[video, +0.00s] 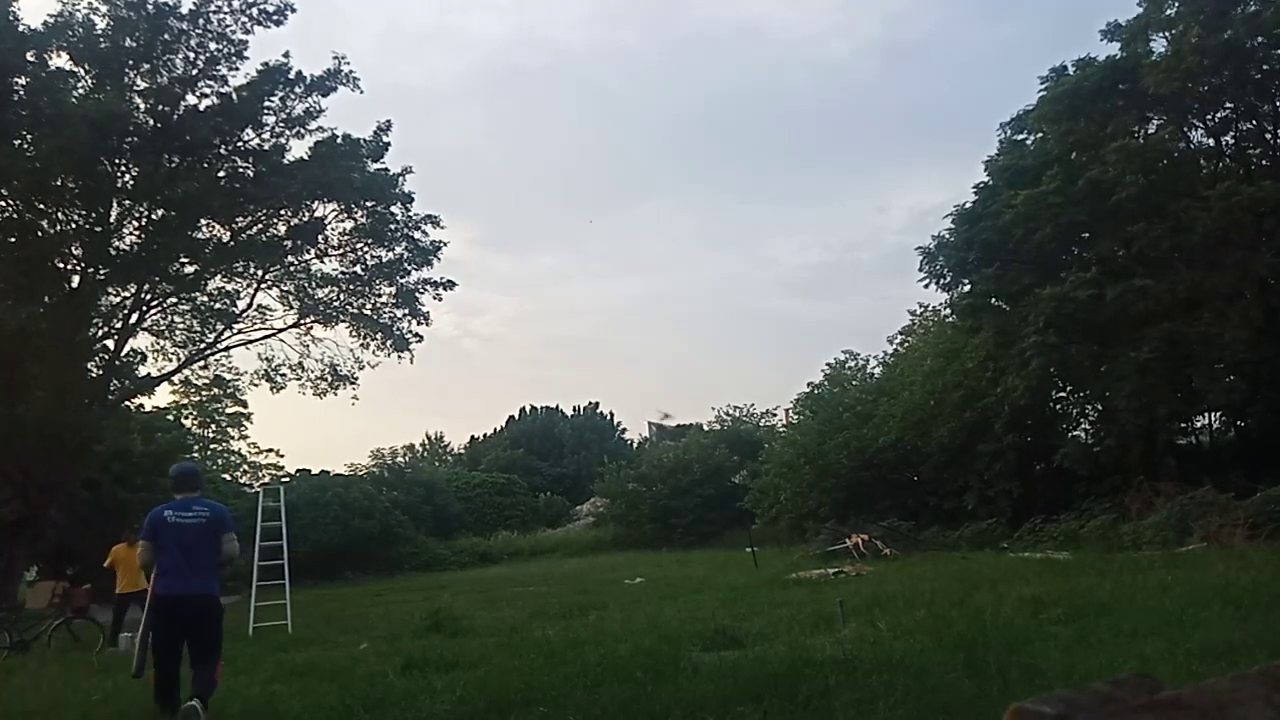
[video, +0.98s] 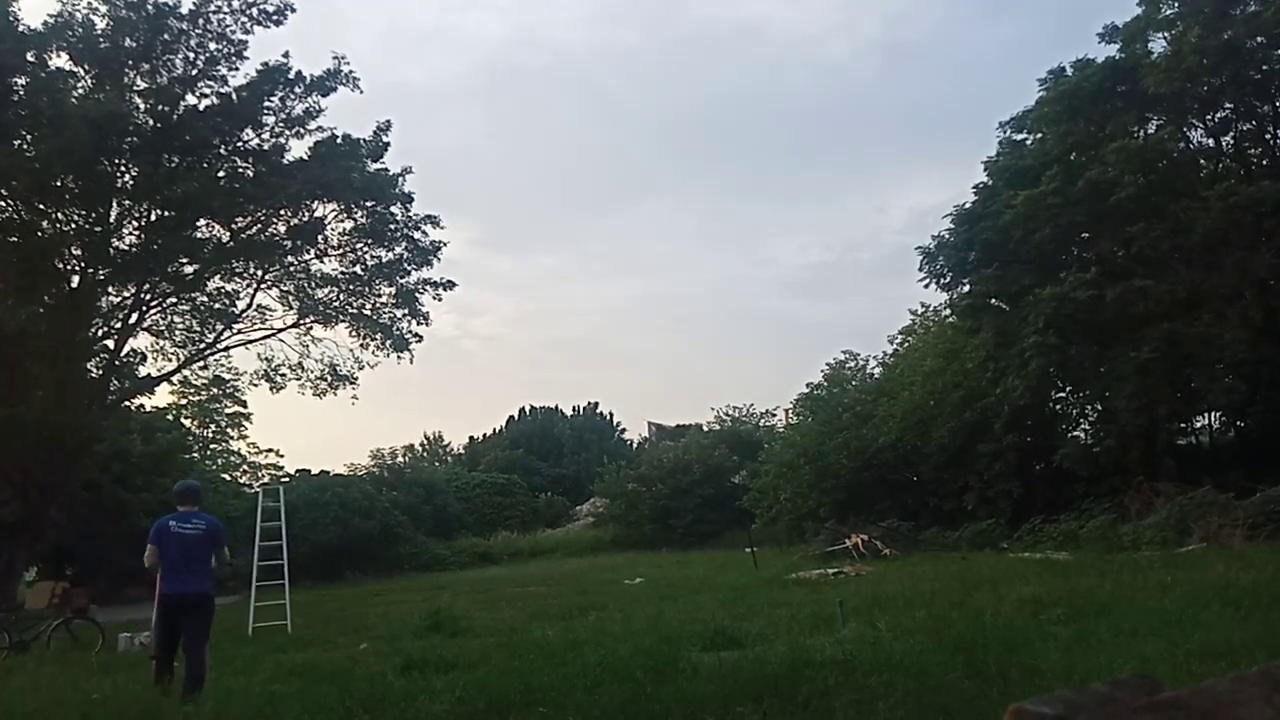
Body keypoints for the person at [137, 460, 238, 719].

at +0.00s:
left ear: (173, 485)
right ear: (200, 484)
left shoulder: (157, 515)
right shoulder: (217, 512)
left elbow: (144, 559)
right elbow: (231, 551)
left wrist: (165, 565)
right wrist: (209, 564)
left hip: (166, 600)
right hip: (204, 600)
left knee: (166, 661)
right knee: (206, 657)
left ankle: (167, 711)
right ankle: (198, 700)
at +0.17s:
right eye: (197, 481)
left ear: (174, 483)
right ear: (200, 483)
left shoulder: (157, 511)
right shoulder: (214, 510)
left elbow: (143, 554)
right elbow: (229, 547)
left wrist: (165, 554)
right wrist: (210, 557)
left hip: (166, 594)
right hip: (203, 594)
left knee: (167, 655)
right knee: (204, 646)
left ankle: (169, 709)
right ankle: (194, 699)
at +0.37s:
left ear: (180, 489)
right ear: (205, 491)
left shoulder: (161, 516)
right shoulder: (216, 518)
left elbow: (145, 557)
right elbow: (227, 553)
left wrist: (166, 565)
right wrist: (211, 564)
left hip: (168, 596)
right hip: (202, 598)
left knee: (167, 655)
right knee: (199, 653)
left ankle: (168, 708)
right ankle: (196, 707)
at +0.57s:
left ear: (185, 492)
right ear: (209, 494)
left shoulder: (167, 515)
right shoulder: (219, 520)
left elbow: (151, 553)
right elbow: (234, 555)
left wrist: (167, 554)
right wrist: (223, 562)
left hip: (172, 596)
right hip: (204, 597)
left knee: (164, 650)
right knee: (198, 650)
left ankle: (170, 686)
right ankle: (196, 700)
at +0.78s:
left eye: (185, 490)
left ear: (183, 491)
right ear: (207, 492)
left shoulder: (168, 514)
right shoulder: (219, 517)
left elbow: (151, 551)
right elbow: (230, 554)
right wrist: (216, 544)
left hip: (172, 591)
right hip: (203, 592)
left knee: (164, 641)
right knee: (198, 645)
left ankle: (168, 691)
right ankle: (195, 695)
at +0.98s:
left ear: (176, 499)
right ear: (199, 500)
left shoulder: (162, 525)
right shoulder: (213, 525)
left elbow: (149, 561)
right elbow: (224, 561)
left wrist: (169, 556)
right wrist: (206, 565)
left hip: (170, 597)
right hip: (201, 596)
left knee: (165, 649)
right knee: (196, 648)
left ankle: (161, 698)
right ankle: (192, 700)